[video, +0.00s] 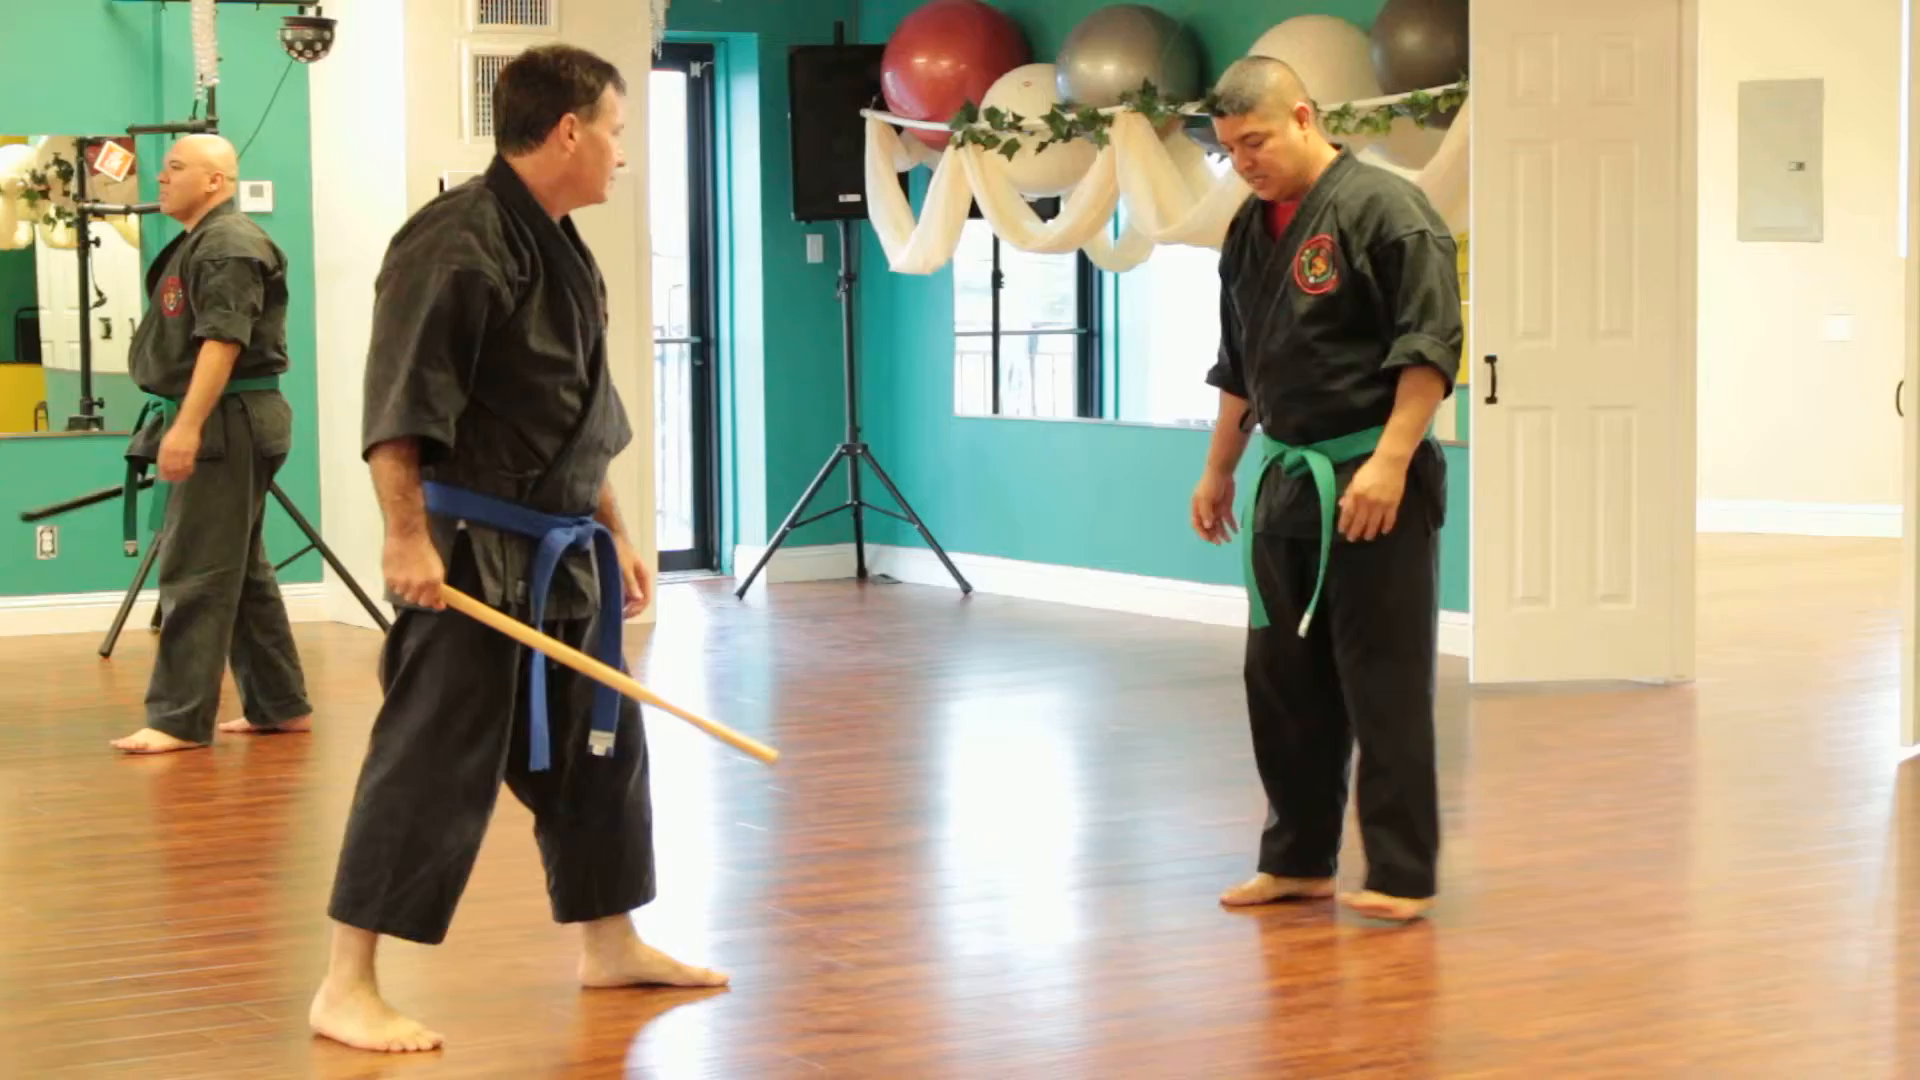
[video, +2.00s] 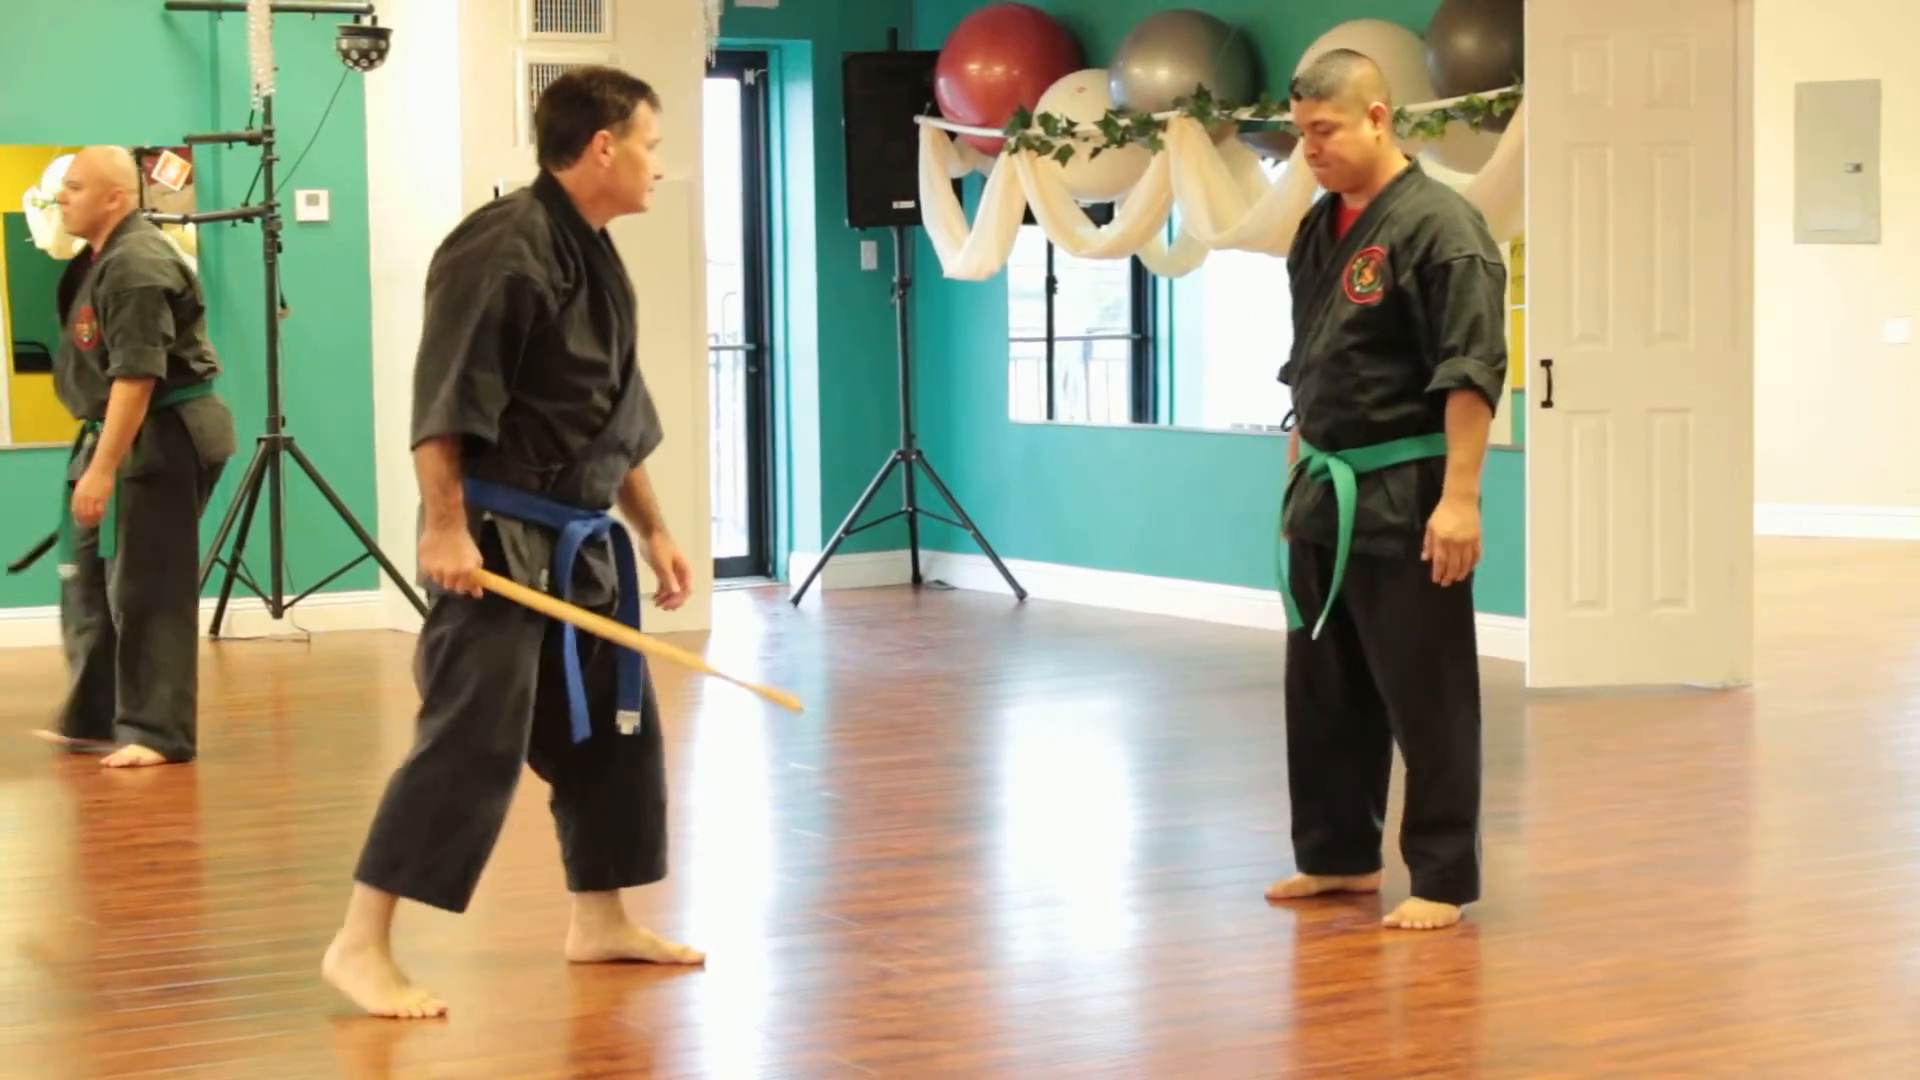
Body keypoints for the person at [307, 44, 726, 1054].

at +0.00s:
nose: (622, 155)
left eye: (622, 135)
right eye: (615, 134)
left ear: (562, 132)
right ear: (567, 133)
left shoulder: (566, 253)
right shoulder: (450, 240)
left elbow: (579, 415)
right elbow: (394, 404)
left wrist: (619, 531)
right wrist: (405, 537)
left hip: (568, 539)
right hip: (471, 537)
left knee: (597, 731)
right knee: (426, 750)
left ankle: (612, 946)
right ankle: (346, 986)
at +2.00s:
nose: (659, 168)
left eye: (657, 149)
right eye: (649, 148)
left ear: (598, 152)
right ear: (598, 148)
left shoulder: (595, 257)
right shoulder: (500, 244)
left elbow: (611, 413)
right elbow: (440, 392)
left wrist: (654, 529)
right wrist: (444, 524)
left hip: (586, 532)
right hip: (497, 527)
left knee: (607, 722)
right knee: (470, 733)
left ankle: (600, 920)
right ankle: (360, 943)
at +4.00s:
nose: (605, 173)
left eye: (604, 154)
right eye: (596, 154)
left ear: (550, 156)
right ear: (544, 155)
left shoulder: (566, 275)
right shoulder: (439, 261)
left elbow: (583, 427)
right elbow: (377, 409)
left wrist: (622, 538)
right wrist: (378, 540)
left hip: (560, 544)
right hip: (460, 542)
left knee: (600, 727)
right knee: (429, 747)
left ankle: (599, 927)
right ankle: (353, 965)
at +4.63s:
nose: (648, 194)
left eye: (647, 175)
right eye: (638, 175)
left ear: (591, 176)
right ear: (588, 175)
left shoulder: (621, 288)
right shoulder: (478, 272)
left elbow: (682, 404)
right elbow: (365, 382)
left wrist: (757, 489)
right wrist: (350, 489)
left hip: (590, 547)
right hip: (494, 541)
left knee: (672, 700)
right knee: (468, 742)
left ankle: (639, 911)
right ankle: (356, 965)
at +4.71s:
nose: (677, 201)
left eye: (677, 184)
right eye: (668, 183)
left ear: (629, 183)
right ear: (616, 181)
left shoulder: (661, 290)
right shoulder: (515, 270)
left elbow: (733, 397)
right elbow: (413, 326)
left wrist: (821, 471)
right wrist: (357, 381)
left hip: (631, 558)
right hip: (534, 553)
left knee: (699, 712)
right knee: (491, 738)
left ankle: (653, 921)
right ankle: (357, 957)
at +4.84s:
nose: (731, 201)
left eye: (732, 185)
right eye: (724, 184)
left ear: (683, 183)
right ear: (677, 182)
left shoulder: (721, 283)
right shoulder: (576, 271)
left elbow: (797, 369)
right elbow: (429, 322)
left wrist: (880, 439)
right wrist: (405, 268)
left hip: (698, 545)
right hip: (611, 542)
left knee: (737, 724)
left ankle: (655, 920)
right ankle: (444, 893)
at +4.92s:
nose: (779, 202)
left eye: (780, 184)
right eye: (771, 184)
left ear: (726, 183)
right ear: (722, 183)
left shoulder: (760, 280)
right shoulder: (627, 265)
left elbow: (832, 365)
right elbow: (499, 283)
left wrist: (910, 432)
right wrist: (483, 184)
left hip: (745, 540)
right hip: (662, 541)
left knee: (745, 728)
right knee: (739, 728)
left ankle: (656, 917)